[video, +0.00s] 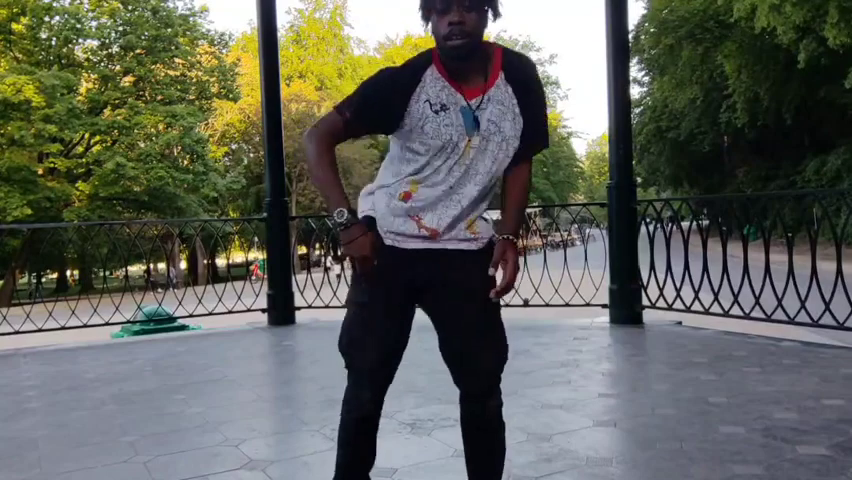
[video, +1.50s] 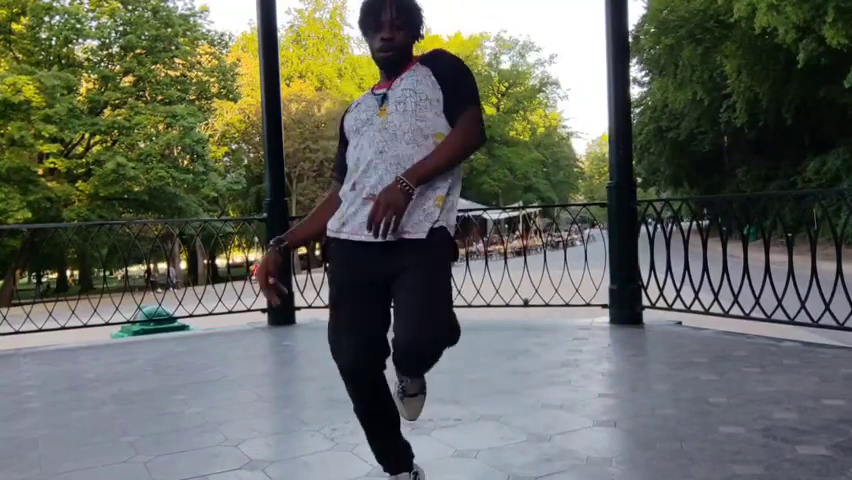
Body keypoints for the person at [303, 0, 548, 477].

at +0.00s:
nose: (454, 19)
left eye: (466, 8)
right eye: (442, 10)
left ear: (486, 14)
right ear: (428, 19)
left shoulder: (517, 75)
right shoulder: (404, 81)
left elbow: (519, 159)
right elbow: (317, 137)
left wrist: (509, 235)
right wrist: (345, 222)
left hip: (464, 258)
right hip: (388, 254)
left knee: (482, 392)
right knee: (364, 395)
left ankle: (487, 478)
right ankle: (350, 479)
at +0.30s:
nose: (455, 10)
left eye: (466, 0)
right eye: (443, 2)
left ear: (487, 6)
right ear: (431, 10)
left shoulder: (516, 45)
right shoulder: (407, 93)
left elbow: (554, 128)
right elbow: (374, 176)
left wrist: (556, 215)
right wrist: (362, 254)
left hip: (516, 250)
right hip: (441, 250)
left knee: (520, 387)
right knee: (436, 379)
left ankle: (499, 476)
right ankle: (419, 473)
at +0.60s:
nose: (466, 11)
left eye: (478, 2)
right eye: (454, 1)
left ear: (493, 9)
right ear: (436, 8)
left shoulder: (521, 61)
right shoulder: (416, 67)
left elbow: (571, 130)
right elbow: (406, 152)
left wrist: (619, 199)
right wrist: (407, 230)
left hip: (490, 243)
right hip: (430, 246)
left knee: (500, 377)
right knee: (436, 377)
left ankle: (570, 468)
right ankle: (448, 472)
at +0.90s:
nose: (422, 24)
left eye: (436, 13)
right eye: (410, 13)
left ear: (453, 21)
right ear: (393, 19)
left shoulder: (480, 93)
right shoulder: (374, 57)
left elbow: (512, 181)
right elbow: (354, 113)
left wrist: (540, 273)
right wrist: (348, 191)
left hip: (476, 257)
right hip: (398, 254)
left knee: (517, 368)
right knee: (372, 358)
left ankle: (549, 471)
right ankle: (425, 469)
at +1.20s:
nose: (381, 32)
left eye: (393, 22)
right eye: (369, 24)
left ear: (413, 29)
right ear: (359, 34)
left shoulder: (444, 82)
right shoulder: (353, 91)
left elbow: (427, 178)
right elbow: (323, 144)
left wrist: (337, 228)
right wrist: (287, 176)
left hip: (451, 259)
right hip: (379, 256)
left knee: (451, 362)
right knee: (356, 363)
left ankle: (435, 434)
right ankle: (399, 468)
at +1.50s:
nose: (388, 34)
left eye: (399, 24)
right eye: (377, 26)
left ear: (416, 29)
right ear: (364, 35)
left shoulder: (440, 66)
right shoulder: (353, 113)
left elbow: (471, 132)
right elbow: (340, 192)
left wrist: (405, 183)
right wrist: (282, 245)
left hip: (422, 237)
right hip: (354, 243)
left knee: (424, 338)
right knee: (354, 358)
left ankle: (407, 370)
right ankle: (399, 468)